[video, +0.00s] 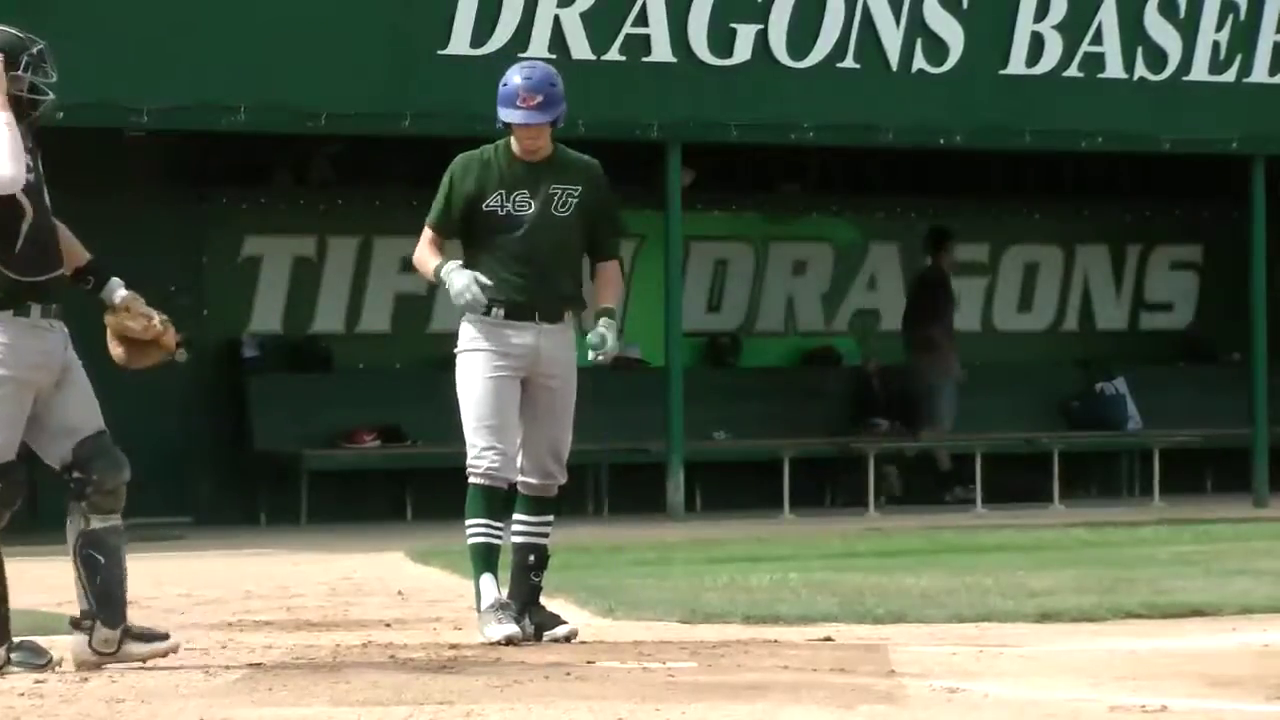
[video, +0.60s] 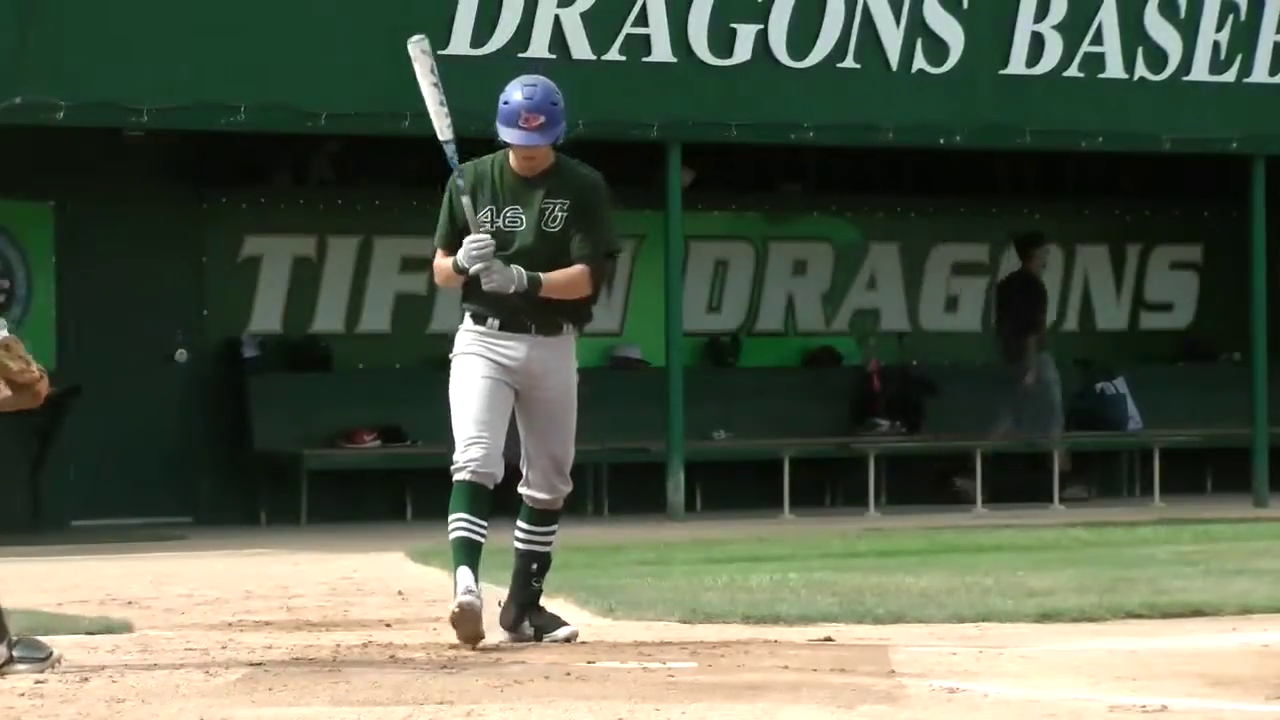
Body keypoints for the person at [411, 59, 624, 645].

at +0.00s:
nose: (529, 132)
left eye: (539, 121)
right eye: (519, 122)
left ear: (558, 116)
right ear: (503, 116)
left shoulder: (588, 178)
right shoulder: (469, 171)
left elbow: (607, 260)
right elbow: (425, 247)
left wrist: (606, 319)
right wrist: (449, 272)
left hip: (558, 339)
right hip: (488, 336)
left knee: (543, 472)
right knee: (490, 463)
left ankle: (526, 604)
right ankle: (489, 603)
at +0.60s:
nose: (528, 151)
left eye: (538, 141)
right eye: (519, 140)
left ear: (558, 133)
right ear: (503, 130)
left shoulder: (583, 188)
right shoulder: (469, 182)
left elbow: (588, 279)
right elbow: (442, 272)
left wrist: (525, 280)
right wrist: (463, 262)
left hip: (552, 349)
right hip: (482, 343)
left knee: (548, 482)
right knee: (476, 461)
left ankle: (522, 607)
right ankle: (467, 592)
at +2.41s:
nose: (697, 120)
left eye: (694, 111)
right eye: (687, 114)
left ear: (667, 120)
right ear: (657, 123)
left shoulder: (692, 186)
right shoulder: (612, 189)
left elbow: (722, 267)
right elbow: (666, 290)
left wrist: (766, 310)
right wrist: (742, 311)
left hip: (644, 345)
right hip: (573, 340)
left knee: (670, 474)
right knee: (529, 470)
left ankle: (688, 618)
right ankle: (476, 604)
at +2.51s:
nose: (698, 121)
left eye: (696, 112)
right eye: (688, 114)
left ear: (671, 119)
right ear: (659, 121)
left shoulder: (697, 188)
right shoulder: (609, 187)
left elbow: (735, 268)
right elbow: (642, 293)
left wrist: (796, 316)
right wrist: (718, 322)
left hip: (644, 345)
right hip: (573, 339)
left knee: (671, 474)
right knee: (528, 469)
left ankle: (689, 619)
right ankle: (475, 598)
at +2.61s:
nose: (690, 123)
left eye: (689, 114)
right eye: (681, 115)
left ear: (660, 122)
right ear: (649, 121)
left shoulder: (693, 190)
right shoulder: (597, 186)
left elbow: (737, 270)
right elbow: (608, 296)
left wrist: (797, 319)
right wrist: (676, 345)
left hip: (643, 348)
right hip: (571, 344)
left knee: (670, 476)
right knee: (529, 474)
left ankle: (690, 618)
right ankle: (479, 606)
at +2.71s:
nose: (676, 122)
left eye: (675, 112)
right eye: (667, 113)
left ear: (650, 120)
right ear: (634, 120)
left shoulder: (683, 188)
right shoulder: (581, 186)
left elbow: (722, 272)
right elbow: (571, 289)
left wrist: (776, 332)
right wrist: (622, 353)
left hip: (637, 341)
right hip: (564, 338)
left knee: (664, 475)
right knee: (522, 472)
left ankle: (688, 618)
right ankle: (478, 607)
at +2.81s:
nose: (660, 118)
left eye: (659, 109)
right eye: (650, 110)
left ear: (642, 114)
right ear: (618, 117)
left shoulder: (676, 188)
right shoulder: (561, 184)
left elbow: (702, 272)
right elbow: (538, 287)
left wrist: (734, 347)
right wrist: (581, 356)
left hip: (632, 344)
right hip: (554, 339)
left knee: (662, 476)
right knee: (517, 474)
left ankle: (688, 617)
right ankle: (479, 604)